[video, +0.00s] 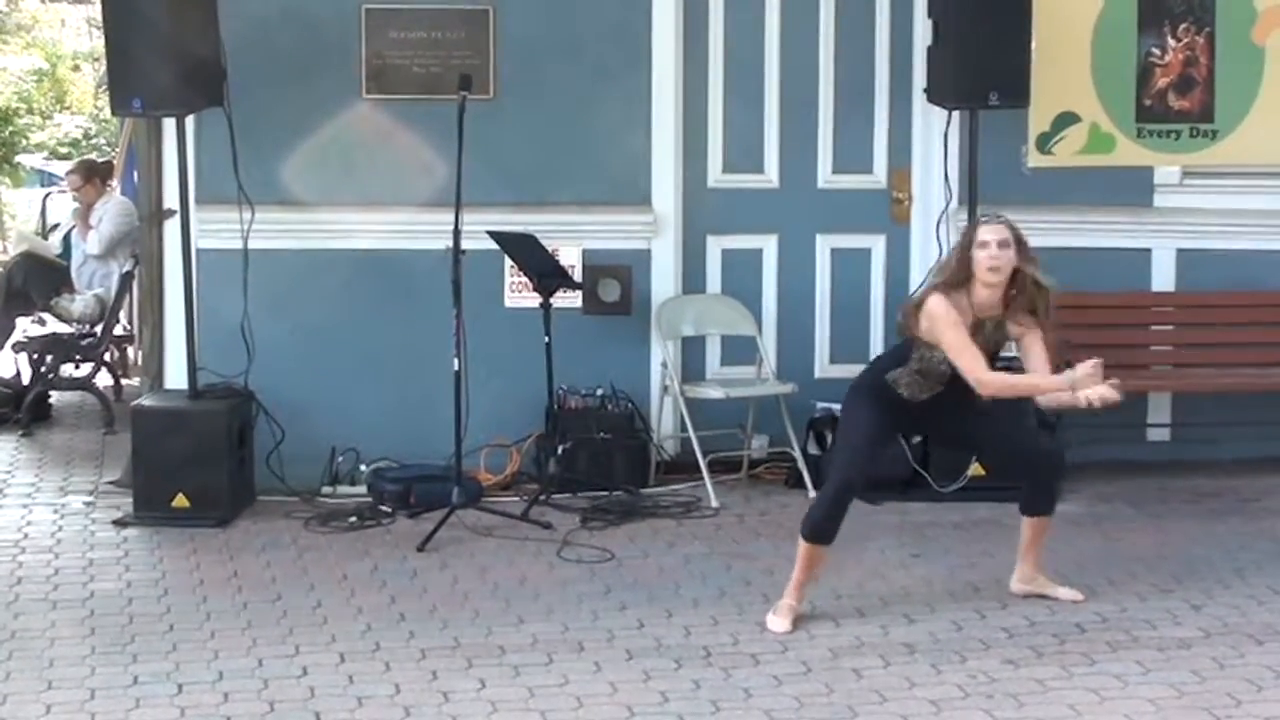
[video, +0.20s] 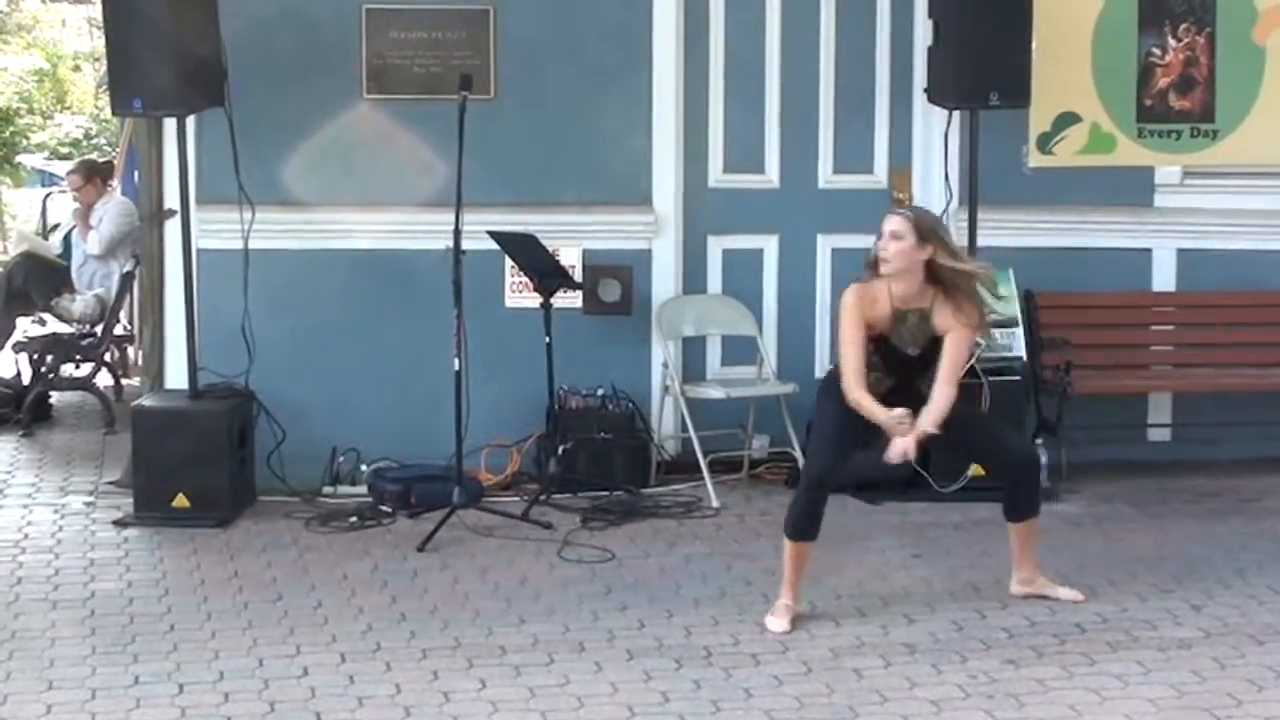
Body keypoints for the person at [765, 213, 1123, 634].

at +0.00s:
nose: (993, 254)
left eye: (1004, 246)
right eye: (983, 246)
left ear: (1019, 259)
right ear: (967, 257)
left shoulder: (1022, 317)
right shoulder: (939, 304)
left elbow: (1042, 392)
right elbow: (986, 383)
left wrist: (1081, 396)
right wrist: (1067, 381)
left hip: (954, 396)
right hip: (888, 392)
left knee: (1044, 457)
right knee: (844, 477)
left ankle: (1028, 573)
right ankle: (793, 596)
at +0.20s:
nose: (882, 245)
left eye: (895, 237)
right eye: (881, 237)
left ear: (926, 250)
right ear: (877, 247)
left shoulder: (959, 306)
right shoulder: (859, 297)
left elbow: (945, 386)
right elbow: (851, 386)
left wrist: (919, 432)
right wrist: (885, 417)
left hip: (933, 403)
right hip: (858, 399)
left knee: (1020, 461)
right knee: (816, 475)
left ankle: (1026, 576)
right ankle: (787, 596)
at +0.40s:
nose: (797, 223)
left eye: (810, 215)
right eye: (800, 213)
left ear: (842, 230)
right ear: (820, 228)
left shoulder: (878, 292)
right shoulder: (797, 277)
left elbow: (838, 376)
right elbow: (774, 357)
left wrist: (776, 432)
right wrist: (741, 420)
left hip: (904, 384)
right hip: (838, 382)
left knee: (996, 470)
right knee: (800, 470)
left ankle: (1027, 576)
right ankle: (787, 596)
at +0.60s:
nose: (757, 198)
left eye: (768, 190)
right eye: (758, 189)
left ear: (801, 202)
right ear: (773, 202)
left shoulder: (829, 260)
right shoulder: (768, 255)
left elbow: (792, 351)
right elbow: (758, 342)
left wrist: (722, 395)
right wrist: (727, 419)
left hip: (888, 362)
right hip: (824, 366)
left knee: (960, 461)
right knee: (792, 477)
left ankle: (1036, 560)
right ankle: (788, 596)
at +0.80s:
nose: (764, 166)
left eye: (777, 158)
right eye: (760, 158)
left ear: (805, 169)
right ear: (756, 169)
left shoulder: (833, 223)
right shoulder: (755, 232)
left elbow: (842, 319)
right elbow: (767, 320)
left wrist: (776, 355)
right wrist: (766, 405)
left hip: (880, 344)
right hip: (820, 353)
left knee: (950, 452)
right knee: (796, 473)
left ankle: (1019, 563)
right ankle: (789, 594)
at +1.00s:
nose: (834, 132)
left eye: (841, 124)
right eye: (822, 123)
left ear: (850, 135)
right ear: (798, 134)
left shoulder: (874, 184)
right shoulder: (779, 204)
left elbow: (930, 250)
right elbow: (783, 290)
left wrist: (881, 306)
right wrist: (802, 370)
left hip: (892, 334)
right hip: (830, 344)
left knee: (941, 447)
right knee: (818, 467)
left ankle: (996, 568)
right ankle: (790, 595)